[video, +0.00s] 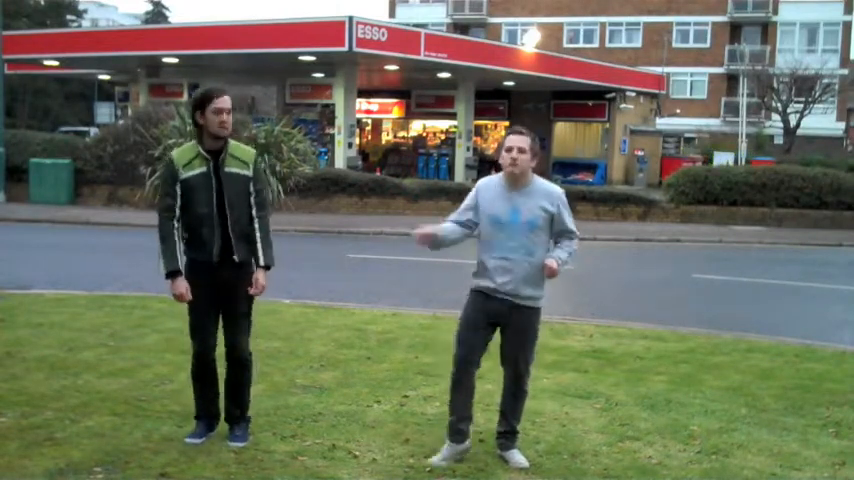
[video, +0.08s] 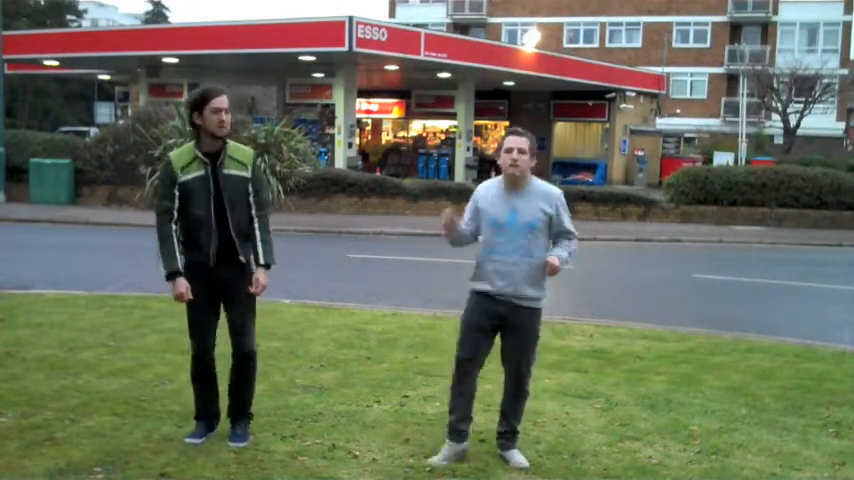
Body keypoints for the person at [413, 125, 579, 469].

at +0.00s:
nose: (514, 156)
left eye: (521, 151)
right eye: (509, 150)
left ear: (533, 158)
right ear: (500, 155)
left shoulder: (552, 195)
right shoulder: (485, 188)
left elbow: (568, 238)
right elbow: (463, 224)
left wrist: (557, 258)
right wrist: (437, 235)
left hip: (526, 300)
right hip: (485, 293)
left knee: (518, 374)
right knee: (463, 362)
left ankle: (507, 444)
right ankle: (457, 440)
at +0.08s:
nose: (514, 157)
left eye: (522, 152)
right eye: (509, 151)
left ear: (533, 159)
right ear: (499, 157)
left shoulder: (551, 196)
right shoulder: (484, 193)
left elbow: (567, 238)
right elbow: (467, 236)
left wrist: (558, 256)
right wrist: (454, 230)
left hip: (526, 303)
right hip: (485, 296)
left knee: (518, 376)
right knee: (465, 364)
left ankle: (508, 444)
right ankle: (457, 441)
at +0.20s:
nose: (513, 163)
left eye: (520, 159)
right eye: (507, 158)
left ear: (530, 168)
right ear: (496, 165)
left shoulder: (546, 206)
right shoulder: (484, 201)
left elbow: (570, 243)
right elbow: (474, 248)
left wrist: (564, 261)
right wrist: (468, 236)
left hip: (532, 308)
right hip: (492, 300)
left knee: (522, 379)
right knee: (451, 345)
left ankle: (509, 443)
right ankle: (461, 419)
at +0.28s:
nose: (514, 171)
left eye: (521, 167)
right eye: (508, 166)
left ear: (530, 177)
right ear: (497, 174)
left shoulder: (546, 216)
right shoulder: (483, 210)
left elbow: (566, 255)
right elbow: (469, 259)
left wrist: (565, 271)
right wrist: (467, 248)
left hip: (534, 313)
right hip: (493, 307)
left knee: (523, 381)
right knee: (451, 348)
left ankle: (508, 444)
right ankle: (465, 422)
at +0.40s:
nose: (519, 175)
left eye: (525, 170)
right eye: (513, 169)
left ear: (535, 179)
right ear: (501, 176)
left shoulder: (549, 219)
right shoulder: (485, 210)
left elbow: (564, 262)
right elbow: (472, 250)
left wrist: (561, 276)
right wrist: (456, 266)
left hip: (531, 317)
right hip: (490, 311)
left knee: (522, 383)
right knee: (449, 359)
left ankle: (507, 444)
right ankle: (464, 429)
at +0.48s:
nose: (516, 171)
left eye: (523, 166)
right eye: (510, 165)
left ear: (533, 174)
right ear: (499, 172)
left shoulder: (549, 213)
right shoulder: (486, 201)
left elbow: (567, 256)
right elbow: (473, 238)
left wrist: (559, 269)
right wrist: (455, 243)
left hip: (527, 309)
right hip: (489, 297)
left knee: (518, 380)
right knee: (446, 338)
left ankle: (506, 444)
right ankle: (457, 410)